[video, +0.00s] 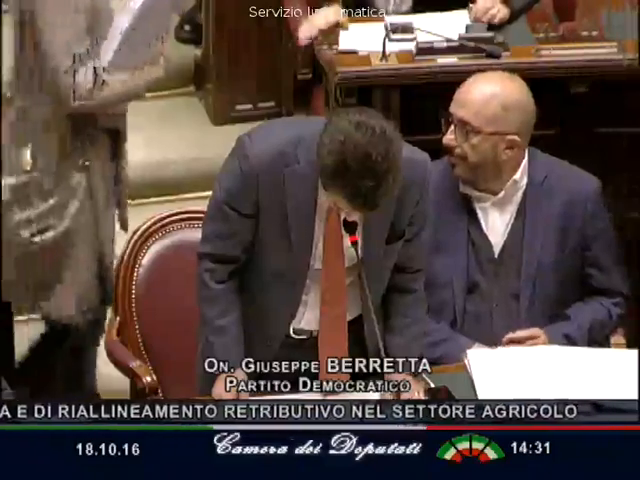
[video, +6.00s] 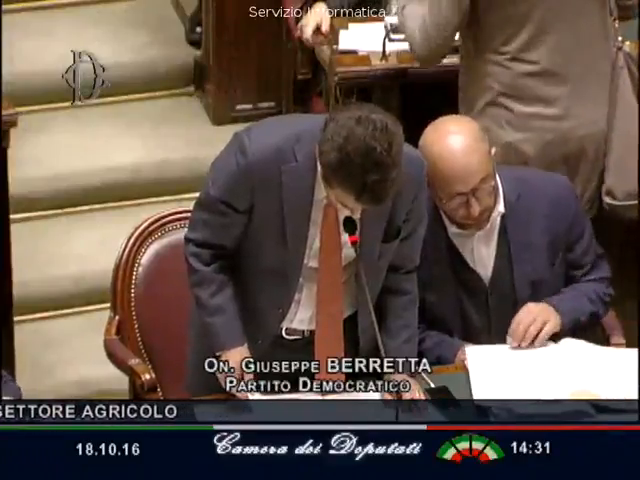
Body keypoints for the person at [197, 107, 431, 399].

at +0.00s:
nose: (352, 217)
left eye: (364, 209)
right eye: (342, 206)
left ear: (392, 176)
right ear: (322, 175)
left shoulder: (413, 172)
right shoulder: (258, 161)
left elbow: (408, 279)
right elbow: (217, 265)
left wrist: (404, 367)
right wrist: (227, 366)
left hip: (358, 335)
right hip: (273, 339)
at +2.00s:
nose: (348, 217)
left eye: (360, 209)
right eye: (338, 205)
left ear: (390, 174)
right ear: (319, 169)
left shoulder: (411, 174)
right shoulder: (256, 163)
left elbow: (405, 279)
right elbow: (212, 262)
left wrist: (402, 368)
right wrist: (228, 359)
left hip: (355, 334)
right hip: (269, 338)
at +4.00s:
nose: (350, 214)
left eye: (362, 207)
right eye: (340, 203)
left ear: (388, 177)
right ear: (321, 166)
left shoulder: (408, 174)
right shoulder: (252, 159)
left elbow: (402, 275)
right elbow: (206, 252)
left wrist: (401, 366)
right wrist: (235, 344)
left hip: (349, 337)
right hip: (264, 341)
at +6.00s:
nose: (354, 213)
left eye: (365, 206)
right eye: (343, 202)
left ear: (392, 175)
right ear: (323, 163)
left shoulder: (408, 173)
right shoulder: (254, 158)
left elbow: (402, 274)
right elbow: (205, 248)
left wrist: (401, 366)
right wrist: (230, 344)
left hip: (349, 336)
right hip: (262, 340)